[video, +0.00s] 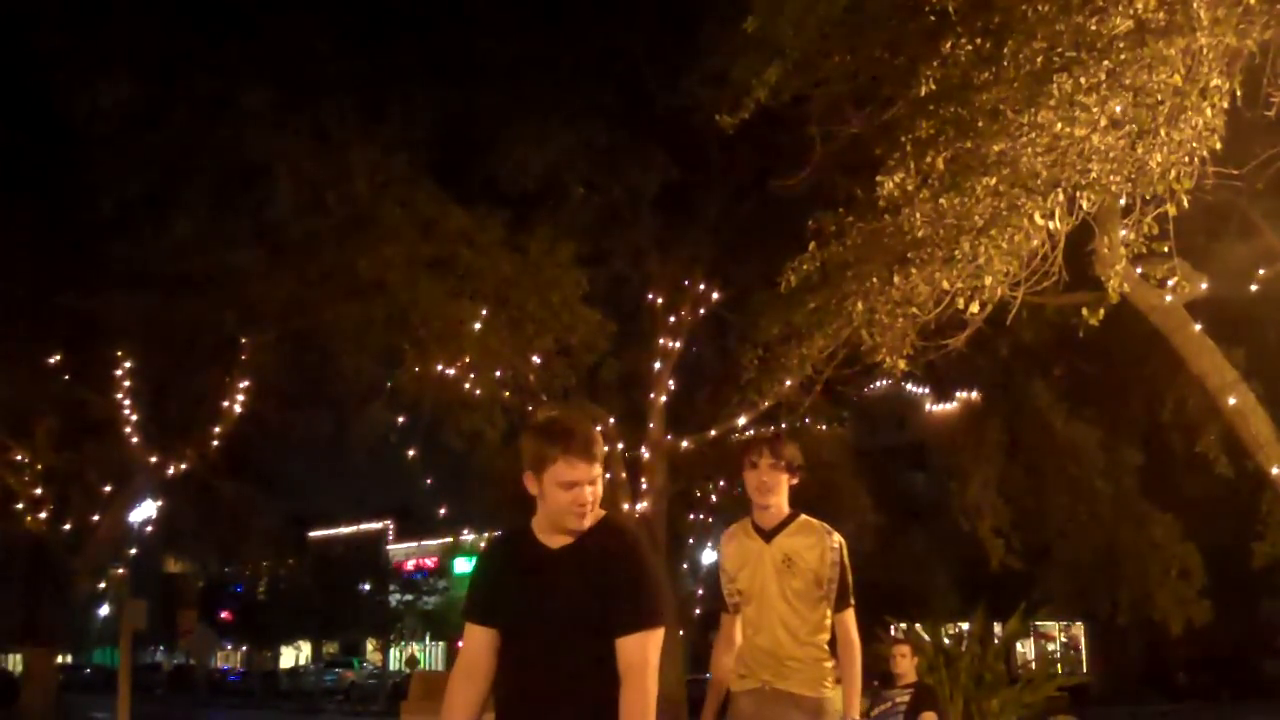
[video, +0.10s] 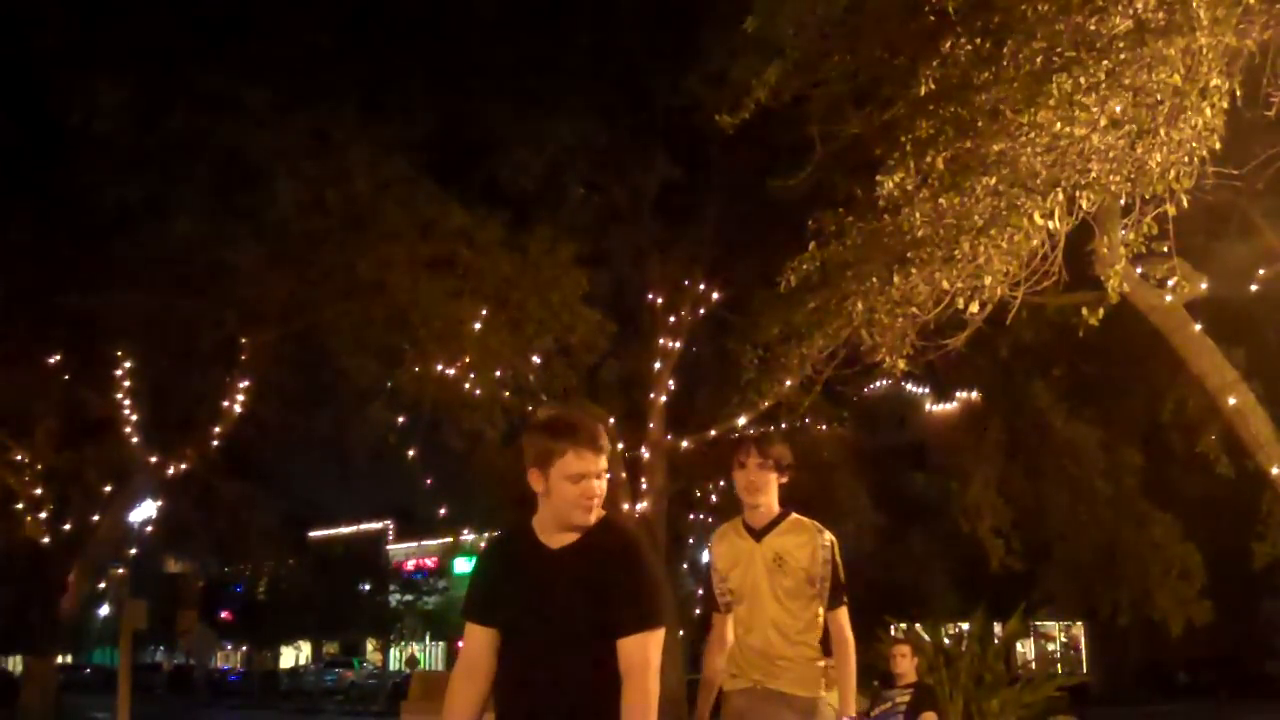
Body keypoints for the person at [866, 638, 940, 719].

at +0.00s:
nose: (897, 661)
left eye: (903, 656)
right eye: (893, 656)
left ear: (914, 661)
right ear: (889, 660)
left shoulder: (924, 691)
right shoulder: (879, 693)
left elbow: (928, 716)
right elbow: (867, 716)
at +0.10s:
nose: (897, 661)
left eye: (903, 656)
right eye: (893, 656)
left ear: (914, 661)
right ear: (889, 660)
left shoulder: (924, 691)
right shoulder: (880, 692)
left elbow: (928, 716)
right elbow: (871, 715)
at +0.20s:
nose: (897, 661)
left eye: (903, 656)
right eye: (893, 656)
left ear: (914, 661)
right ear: (889, 660)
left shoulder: (924, 691)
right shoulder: (881, 691)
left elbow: (929, 716)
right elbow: (868, 715)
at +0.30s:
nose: (897, 661)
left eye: (903, 656)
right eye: (893, 656)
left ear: (914, 661)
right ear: (889, 660)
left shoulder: (925, 691)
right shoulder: (881, 691)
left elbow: (929, 717)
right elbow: (869, 715)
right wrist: (859, 715)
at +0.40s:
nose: (897, 661)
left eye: (903, 656)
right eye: (893, 656)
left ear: (914, 661)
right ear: (889, 660)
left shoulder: (925, 691)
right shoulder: (880, 692)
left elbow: (928, 717)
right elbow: (867, 716)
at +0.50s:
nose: (896, 661)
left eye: (903, 656)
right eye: (893, 656)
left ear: (914, 661)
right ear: (889, 661)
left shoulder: (925, 691)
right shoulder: (880, 693)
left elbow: (929, 716)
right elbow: (867, 716)